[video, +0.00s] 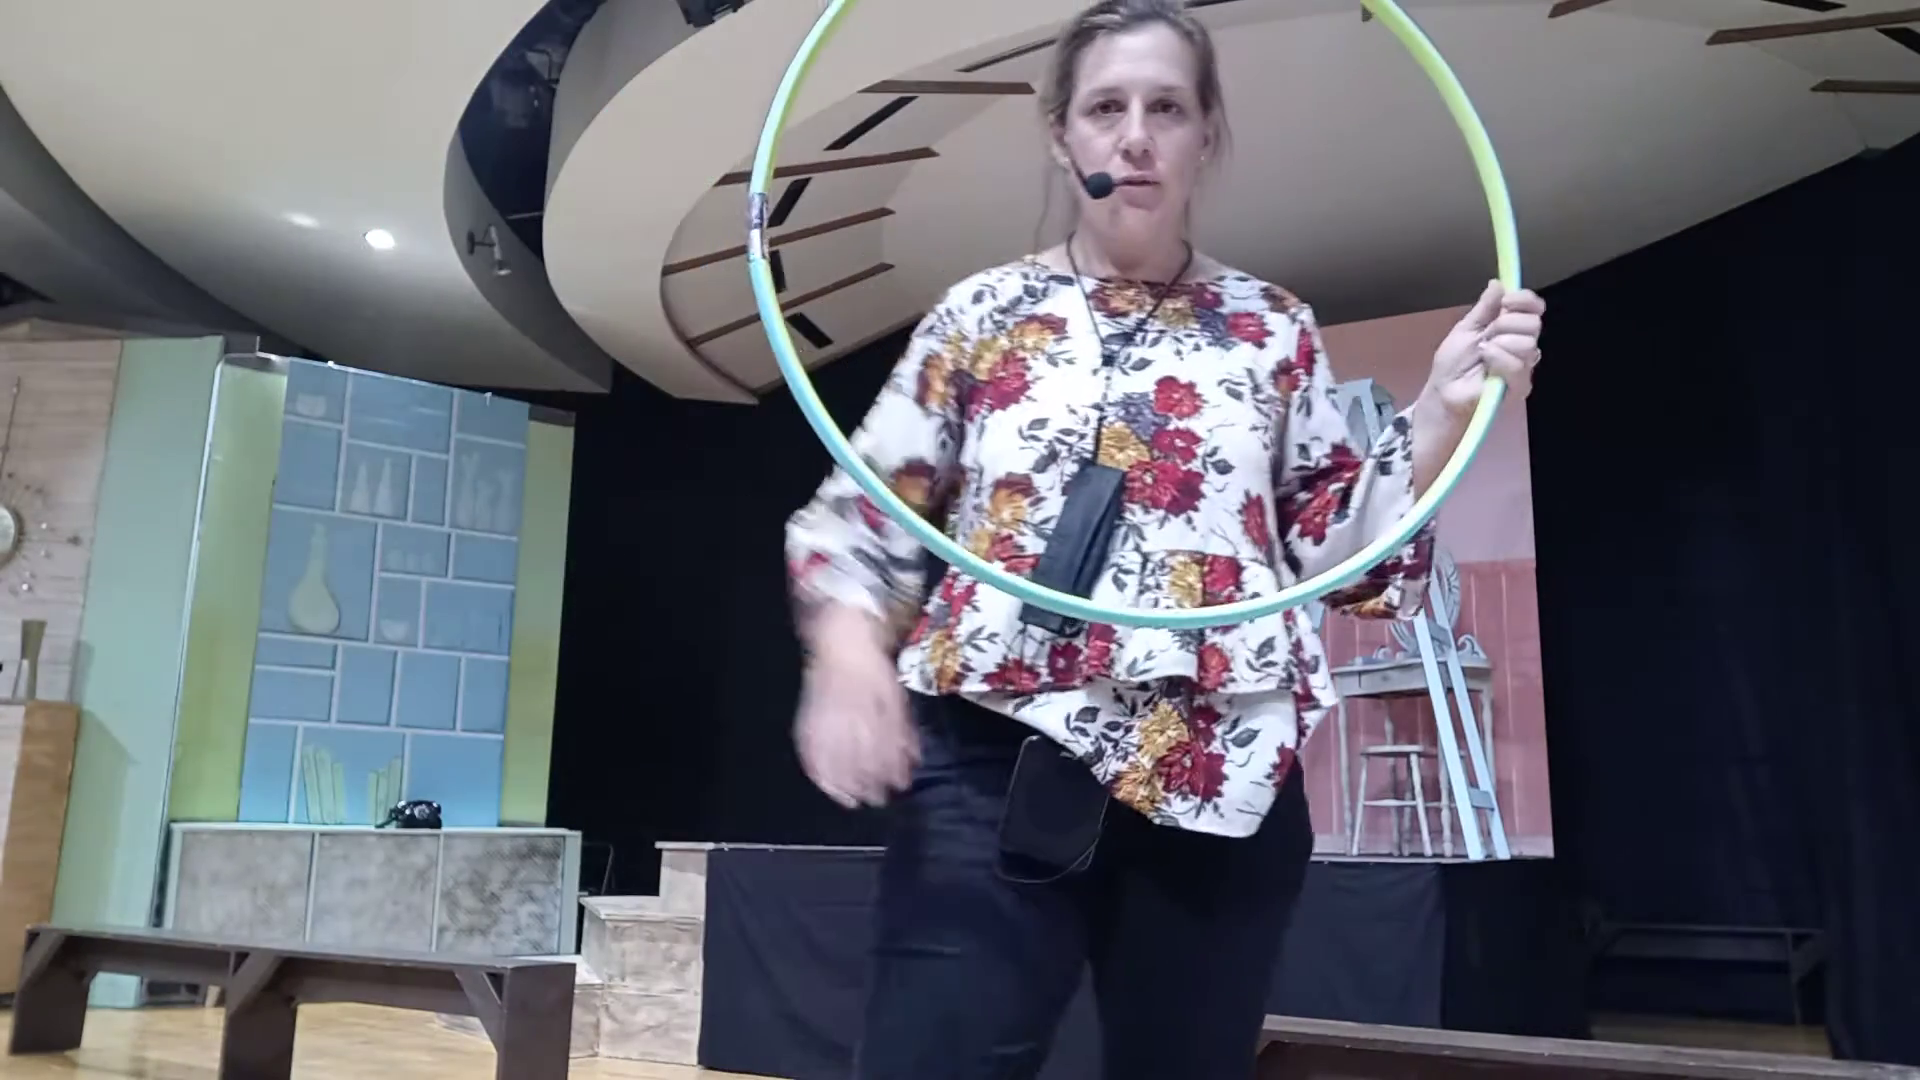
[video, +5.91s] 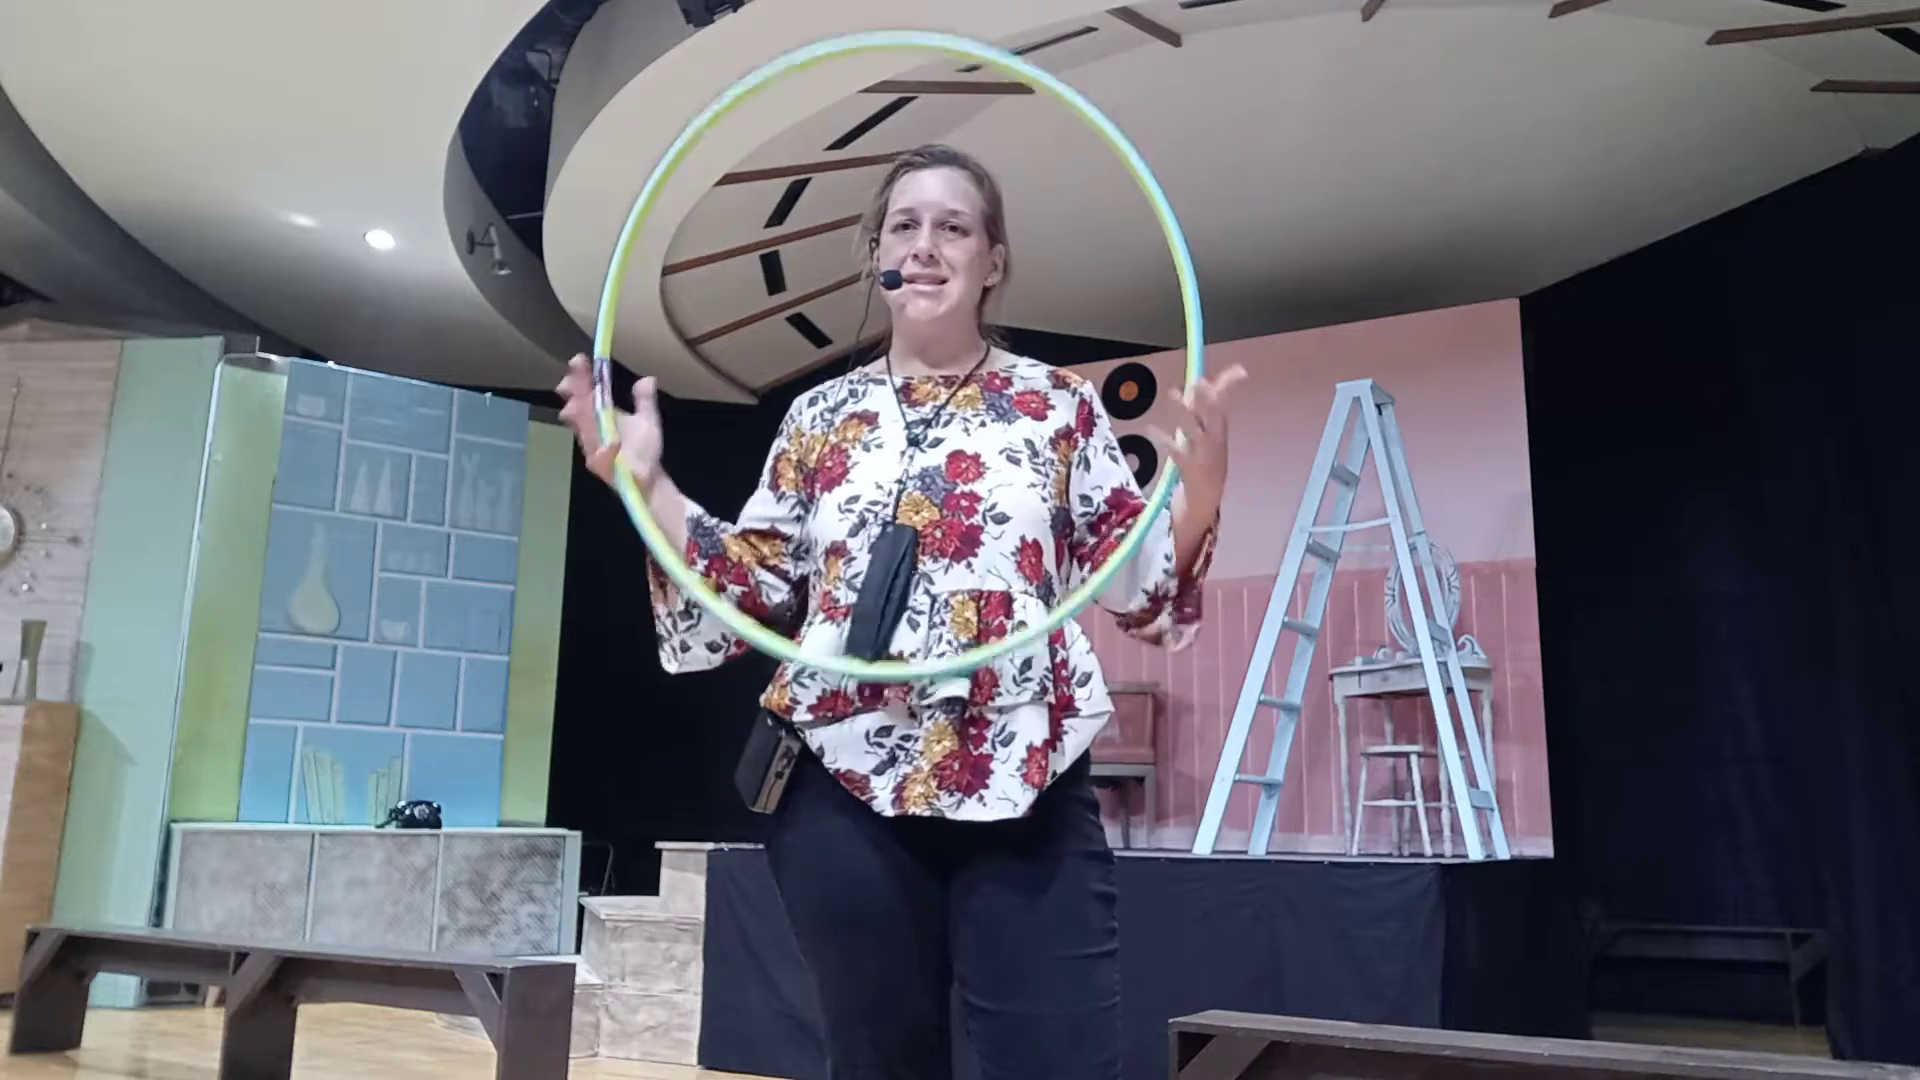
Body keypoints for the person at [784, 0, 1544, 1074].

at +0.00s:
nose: (1134, 137)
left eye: (1165, 109)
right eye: (1106, 108)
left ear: (1211, 138)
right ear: (1061, 137)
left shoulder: (1277, 332)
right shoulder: (981, 315)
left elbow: (1344, 561)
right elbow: (852, 521)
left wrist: (1443, 412)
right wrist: (848, 649)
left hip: (1216, 802)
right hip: (992, 775)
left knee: (1186, 1065)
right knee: (931, 1062)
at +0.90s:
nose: (1045, 159)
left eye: (1075, 146)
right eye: (1018, 144)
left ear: (1109, 198)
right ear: (976, 193)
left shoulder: (1174, 358)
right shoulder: (903, 368)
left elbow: (1233, 581)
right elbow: (776, 543)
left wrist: (1284, 427)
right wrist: (822, 650)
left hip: (1130, 806)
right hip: (933, 797)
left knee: (1126, 1062)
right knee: (936, 1061)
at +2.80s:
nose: (1065, 258)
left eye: (1086, 237)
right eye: (1038, 236)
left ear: (1108, 260)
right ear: (988, 260)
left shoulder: (1160, 399)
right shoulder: (925, 408)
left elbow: (1223, 600)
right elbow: (867, 610)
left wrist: (1261, 472)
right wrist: (800, 481)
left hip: (1133, 804)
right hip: (955, 796)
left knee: (1119, 1063)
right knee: (956, 1062)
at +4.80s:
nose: (934, 261)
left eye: (958, 237)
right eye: (908, 242)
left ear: (998, 261)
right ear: (882, 271)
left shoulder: (1074, 401)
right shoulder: (837, 422)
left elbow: (1119, 613)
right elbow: (794, 623)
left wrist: (1163, 522)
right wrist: (697, 530)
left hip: (1048, 808)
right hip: (868, 808)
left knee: (1073, 1062)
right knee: (892, 1062)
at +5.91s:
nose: (923, 245)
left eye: (952, 228)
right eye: (903, 227)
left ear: (995, 264)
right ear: (876, 259)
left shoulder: (1061, 408)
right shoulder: (817, 418)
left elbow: (1146, 595)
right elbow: (761, 594)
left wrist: (1202, 473)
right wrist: (646, 481)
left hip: (1027, 804)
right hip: (844, 800)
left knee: (1054, 1061)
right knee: (879, 1060)